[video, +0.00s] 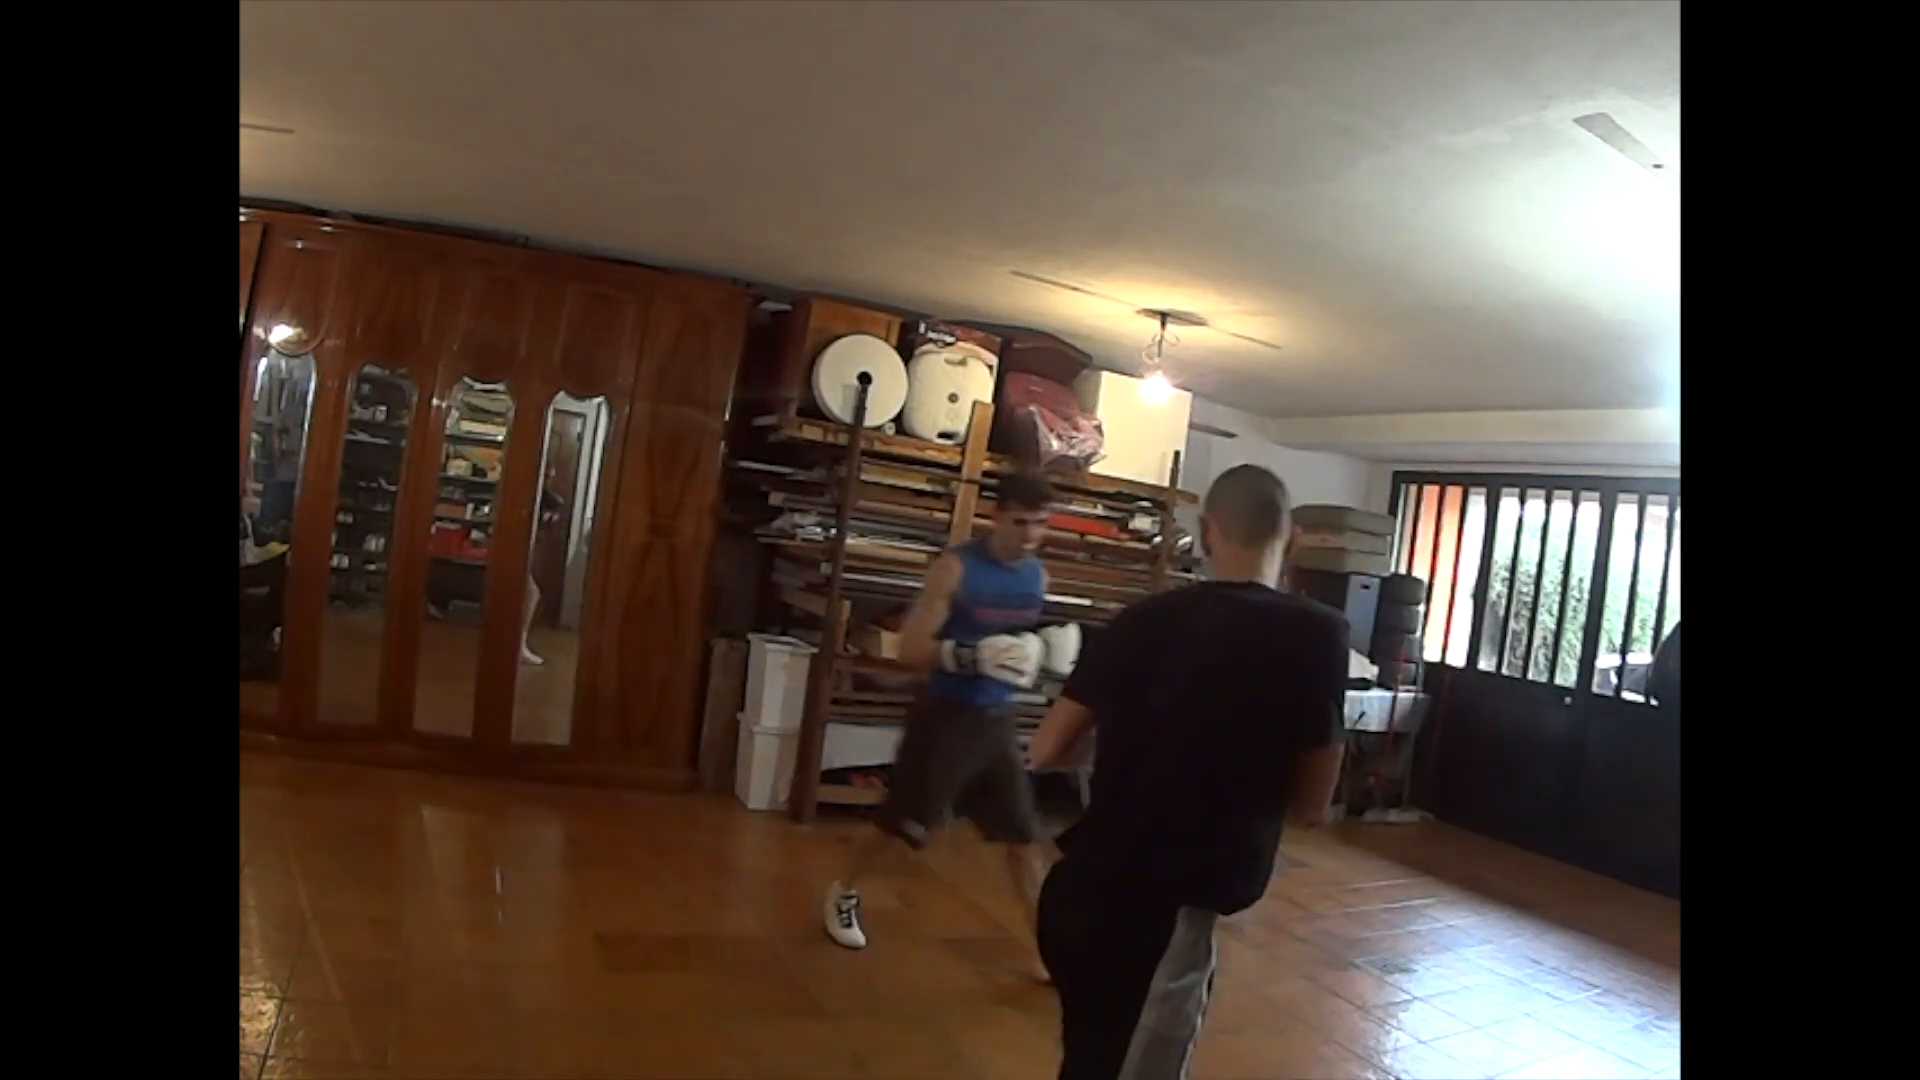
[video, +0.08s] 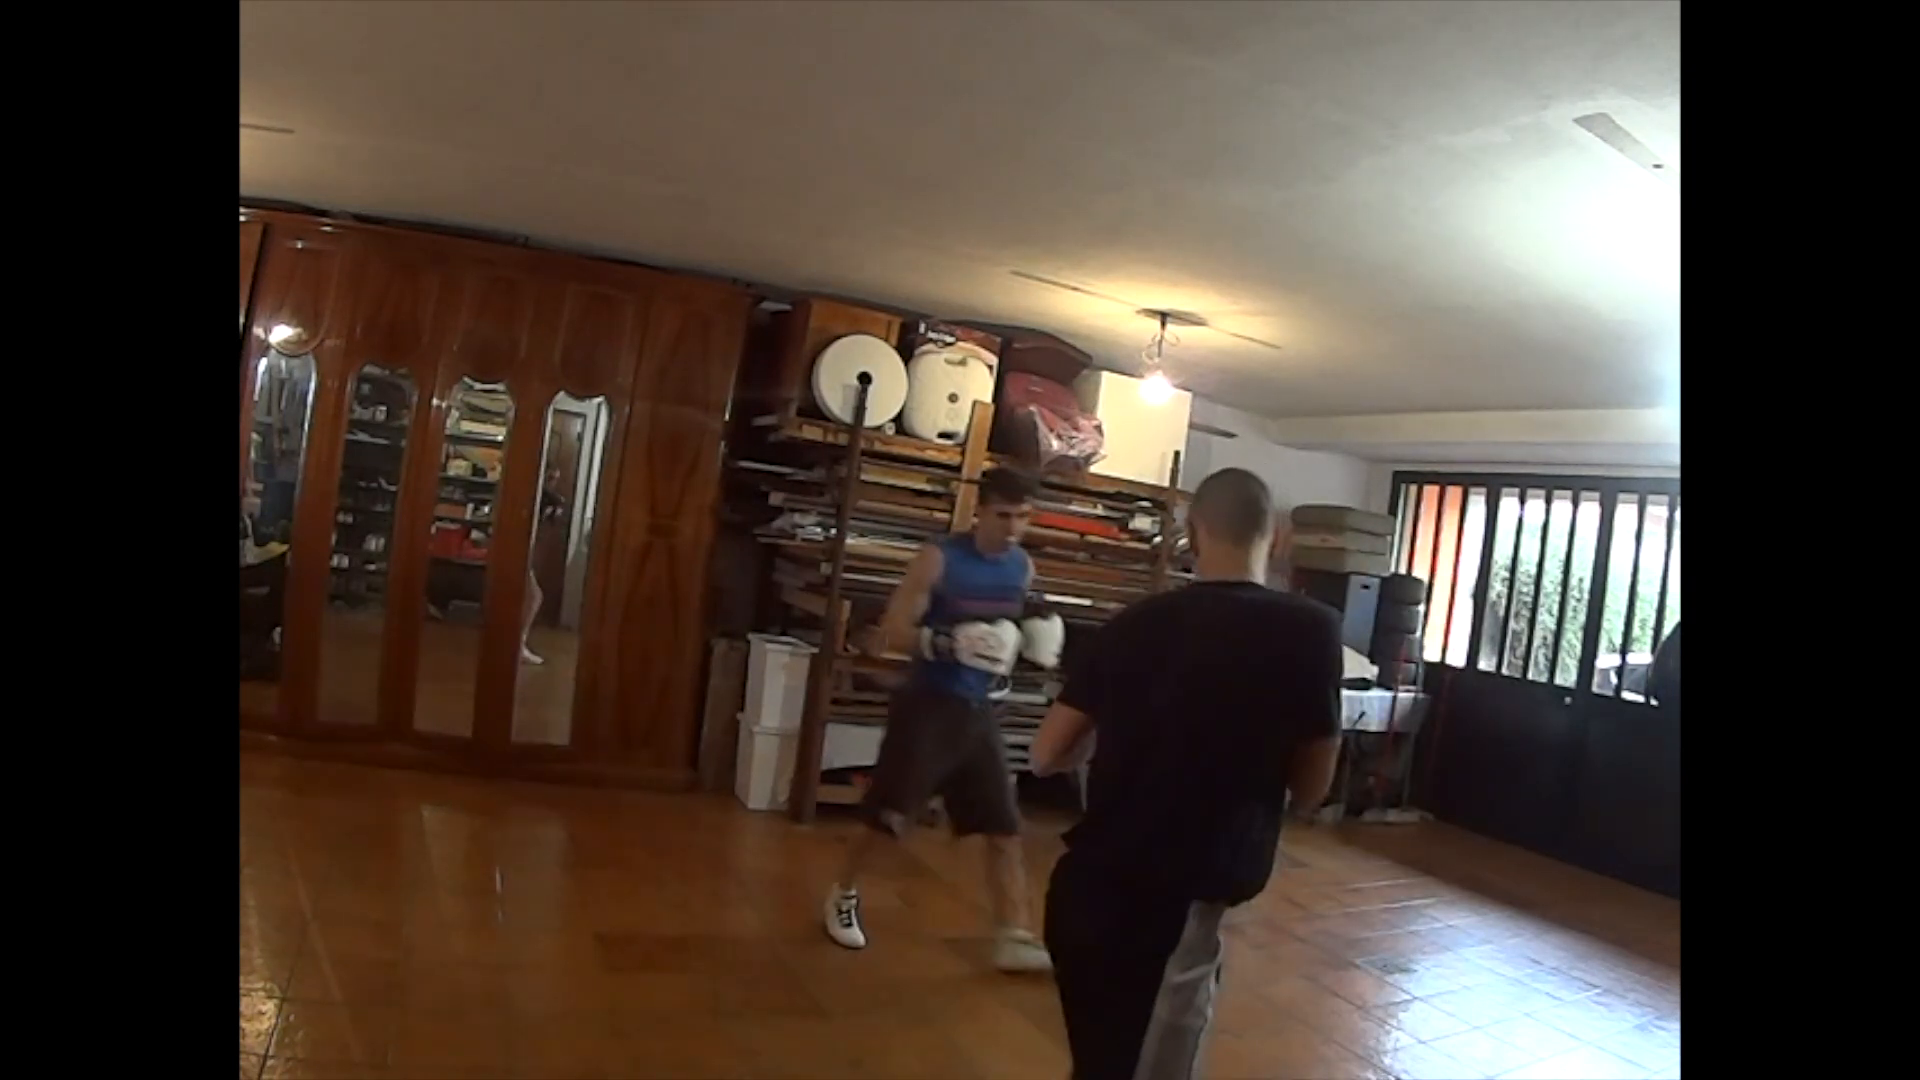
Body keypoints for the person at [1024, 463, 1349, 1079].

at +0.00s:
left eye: (1205, 526)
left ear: (1206, 530)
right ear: (1290, 537)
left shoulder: (1144, 620)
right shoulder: (1317, 634)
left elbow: (1046, 751)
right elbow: (1313, 800)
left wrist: (1112, 743)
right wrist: (1243, 761)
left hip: (1097, 883)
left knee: (1089, 1060)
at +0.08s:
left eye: (1191, 526)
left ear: (1192, 530)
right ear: (1274, 537)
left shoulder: (1137, 623)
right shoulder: (1310, 630)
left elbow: (1047, 753)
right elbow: (1310, 789)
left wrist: (1111, 733)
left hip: (1104, 870)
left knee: (1099, 1062)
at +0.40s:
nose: (1199, 522)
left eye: (1199, 511)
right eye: (1202, 511)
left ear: (1209, 510)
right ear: (1276, 508)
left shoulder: (1166, 595)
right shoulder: (1335, 594)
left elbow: (1093, 717)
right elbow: (1330, 731)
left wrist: (1144, 680)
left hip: (1166, 851)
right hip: (1264, 861)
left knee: (1113, 1040)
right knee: (1250, 1062)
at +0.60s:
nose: (1276, 546)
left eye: (1275, 534)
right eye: (1276, 534)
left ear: (1289, 530)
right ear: (1345, 528)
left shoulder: (1254, 612)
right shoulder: (1415, 615)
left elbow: (1183, 733)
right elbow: (1411, 732)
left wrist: (1236, 685)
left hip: (1253, 874)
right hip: (1352, 884)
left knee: (1162, 1046)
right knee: (1346, 1066)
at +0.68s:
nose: (1311, 561)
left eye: (1312, 546)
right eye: (1309, 547)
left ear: (1332, 537)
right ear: (1379, 533)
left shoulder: (1299, 620)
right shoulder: (1455, 629)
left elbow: (1228, 736)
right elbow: (1430, 742)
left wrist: (1223, 685)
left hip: (1300, 880)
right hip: (1400, 887)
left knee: (1196, 1041)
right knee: (1399, 1067)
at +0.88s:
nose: (1379, 555)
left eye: (1380, 539)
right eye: (1377, 541)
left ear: (1406, 529)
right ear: (1449, 529)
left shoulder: (1380, 610)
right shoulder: (1526, 621)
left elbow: (1326, 730)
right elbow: (1501, 738)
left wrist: (1298, 693)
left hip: (1378, 862)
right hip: (1471, 870)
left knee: (1267, 1010)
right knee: (1459, 1064)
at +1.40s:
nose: (1385, 584)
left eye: (1386, 567)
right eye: (1383, 569)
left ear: (1417, 555)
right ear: (1445, 553)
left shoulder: (1404, 629)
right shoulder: (1528, 618)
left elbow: (1360, 738)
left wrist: (1320, 677)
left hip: (1437, 845)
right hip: (1521, 844)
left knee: (1343, 993)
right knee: (1539, 1019)